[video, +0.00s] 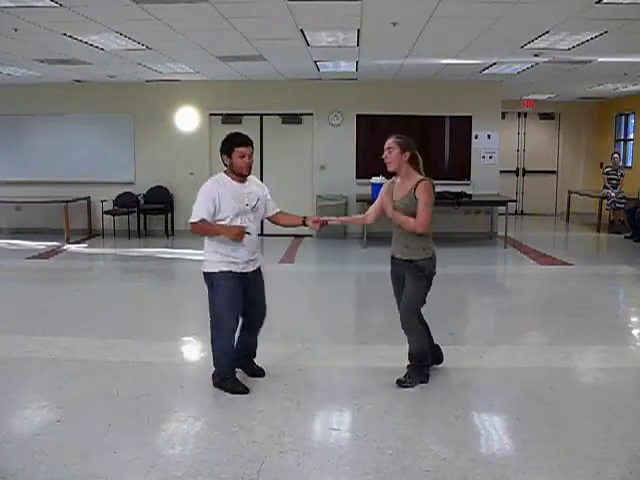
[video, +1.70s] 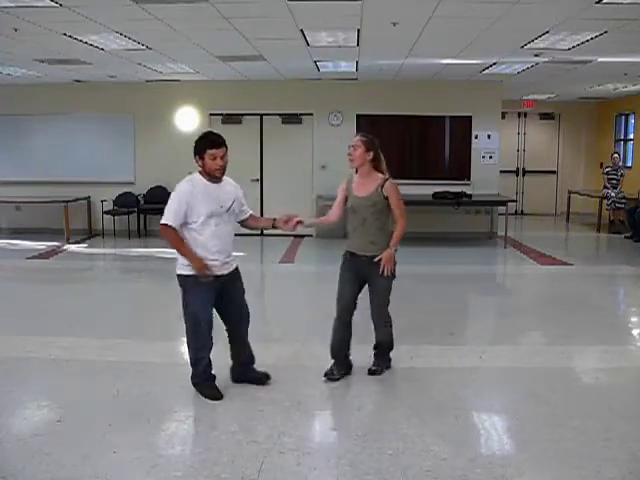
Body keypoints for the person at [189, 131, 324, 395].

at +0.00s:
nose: (248, 160)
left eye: (250, 155)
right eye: (242, 156)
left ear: (252, 157)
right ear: (226, 158)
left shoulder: (257, 187)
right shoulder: (212, 187)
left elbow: (275, 216)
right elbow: (197, 225)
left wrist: (306, 220)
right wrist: (225, 231)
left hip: (250, 266)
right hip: (221, 268)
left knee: (256, 314)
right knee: (225, 321)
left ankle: (244, 358)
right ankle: (223, 375)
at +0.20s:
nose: (256, 161)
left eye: (257, 156)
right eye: (251, 156)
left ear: (257, 157)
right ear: (234, 158)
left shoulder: (254, 185)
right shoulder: (223, 186)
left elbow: (258, 215)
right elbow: (220, 227)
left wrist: (286, 214)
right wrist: (260, 228)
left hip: (254, 267)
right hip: (229, 269)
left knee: (264, 316)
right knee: (231, 325)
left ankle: (255, 365)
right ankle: (224, 376)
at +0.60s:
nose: (270, 160)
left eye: (272, 155)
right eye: (263, 155)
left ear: (273, 157)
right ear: (248, 158)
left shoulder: (259, 185)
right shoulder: (242, 184)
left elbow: (262, 220)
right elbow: (259, 222)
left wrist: (285, 222)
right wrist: (294, 211)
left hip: (261, 264)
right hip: (247, 266)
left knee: (264, 318)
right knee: (264, 318)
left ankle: (260, 369)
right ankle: (232, 365)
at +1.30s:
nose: (253, 158)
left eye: (256, 154)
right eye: (247, 154)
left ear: (258, 156)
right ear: (232, 157)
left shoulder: (252, 185)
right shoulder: (226, 184)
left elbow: (264, 216)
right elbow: (233, 227)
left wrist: (281, 193)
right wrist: (274, 241)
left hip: (251, 266)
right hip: (228, 268)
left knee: (256, 320)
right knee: (230, 324)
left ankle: (259, 370)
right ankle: (213, 379)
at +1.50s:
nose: (235, 161)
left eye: (238, 156)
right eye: (229, 156)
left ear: (240, 157)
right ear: (214, 158)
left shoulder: (238, 186)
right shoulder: (203, 189)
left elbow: (246, 220)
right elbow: (200, 233)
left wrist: (267, 202)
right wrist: (237, 257)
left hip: (235, 271)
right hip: (210, 273)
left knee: (246, 321)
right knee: (208, 330)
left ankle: (257, 369)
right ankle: (203, 379)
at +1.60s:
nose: (227, 162)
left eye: (230, 156)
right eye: (220, 157)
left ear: (233, 157)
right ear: (206, 159)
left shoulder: (233, 188)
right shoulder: (194, 189)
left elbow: (240, 220)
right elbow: (182, 231)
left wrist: (267, 216)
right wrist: (216, 261)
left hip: (230, 271)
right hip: (203, 273)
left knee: (241, 322)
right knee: (203, 330)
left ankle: (254, 369)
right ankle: (203, 379)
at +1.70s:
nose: (220, 163)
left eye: (223, 157)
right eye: (214, 158)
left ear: (227, 158)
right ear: (199, 161)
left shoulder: (231, 188)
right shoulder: (186, 189)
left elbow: (247, 219)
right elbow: (167, 228)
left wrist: (276, 222)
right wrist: (195, 261)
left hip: (227, 272)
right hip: (196, 275)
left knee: (239, 320)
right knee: (199, 330)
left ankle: (243, 369)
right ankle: (203, 380)